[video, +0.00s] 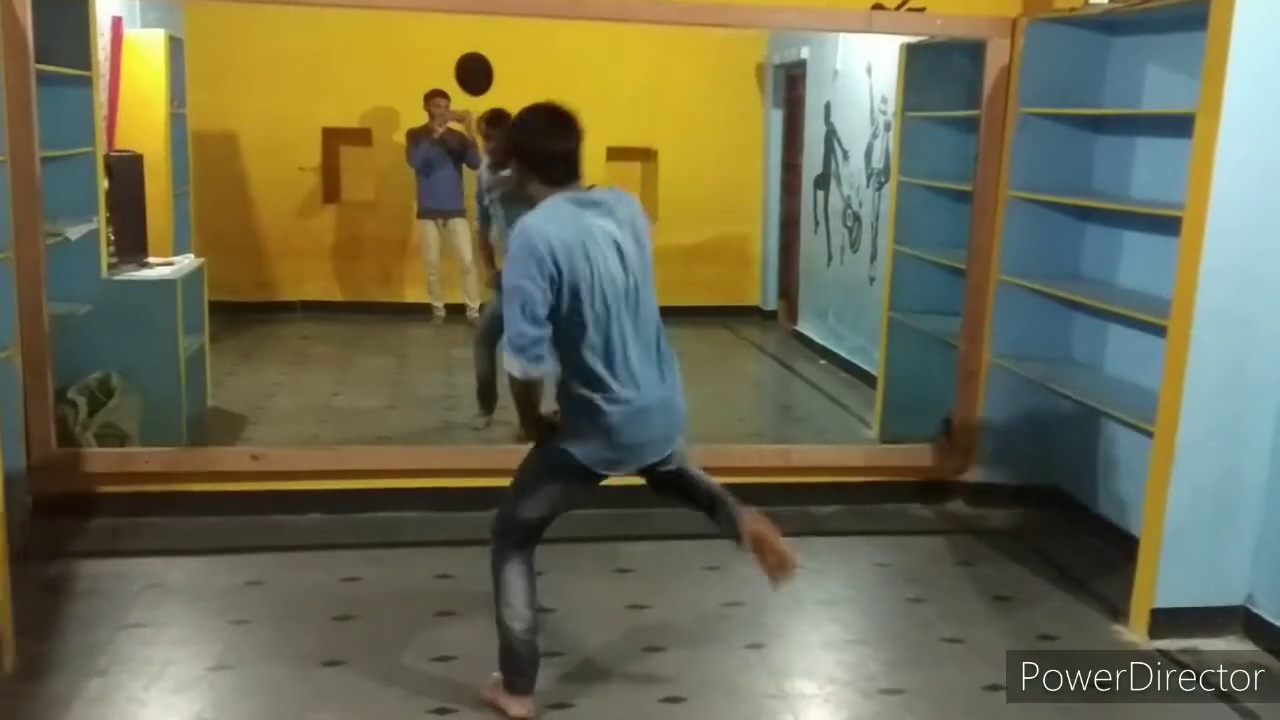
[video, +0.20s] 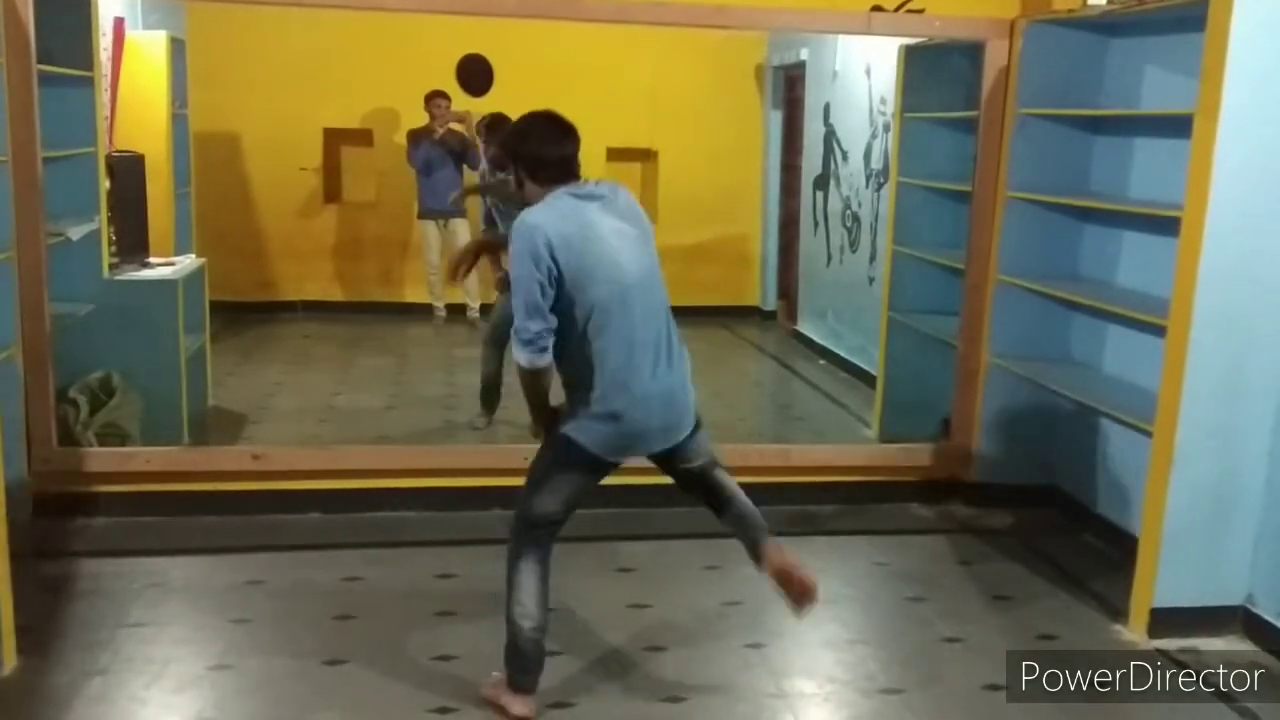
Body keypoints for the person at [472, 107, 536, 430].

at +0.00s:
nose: (489, 146)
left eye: (495, 138)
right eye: (485, 138)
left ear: (512, 140)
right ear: (481, 140)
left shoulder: (531, 177)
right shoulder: (485, 179)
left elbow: (551, 217)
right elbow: (483, 230)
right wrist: (491, 271)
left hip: (546, 276)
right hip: (511, 278)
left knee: (563, 340)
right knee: (485, 335)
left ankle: (568, 408)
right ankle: (486, 407)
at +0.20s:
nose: (487, 152)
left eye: (491, 145)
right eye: (484, 145)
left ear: (504, 145)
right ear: (484, 146)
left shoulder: (527, 182)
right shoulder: (491, 183)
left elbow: (530, 232)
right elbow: (492, 230)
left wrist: (482, 245)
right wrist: (499, 270)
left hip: (539, 278)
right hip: (516, 280)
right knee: (493, 338)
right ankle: (486, 411)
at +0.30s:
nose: (502, 137)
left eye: (509, 130)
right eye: (499, 130)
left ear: (525, 131)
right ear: (493, 132)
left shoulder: (541, 159)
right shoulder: (494, 165)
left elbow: (536, 202)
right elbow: (498, 215)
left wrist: (497, 217)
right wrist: (507, 263)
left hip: (559, 263)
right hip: (525, 266)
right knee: (503, 341)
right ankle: (487, 414)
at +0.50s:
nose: (538, 132)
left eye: (544, 126)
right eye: (531, 126)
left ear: (554, 128)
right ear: (520, 130)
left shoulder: (578, 165)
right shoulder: (512, 171)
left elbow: (597, 212)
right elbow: (513, 222)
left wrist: (595, 256)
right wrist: (522, 264)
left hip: (584, 266)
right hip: (543, 268)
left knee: (610, 336)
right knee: (515, 341)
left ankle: (611, 403)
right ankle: (489, 412)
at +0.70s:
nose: (559, 132)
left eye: (565, 126)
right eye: (552, 126)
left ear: (573, 129)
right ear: (538, 130)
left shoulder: (592, 173)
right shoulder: (525, 172)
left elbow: (610, 219)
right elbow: (514, 224)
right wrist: (504, 224)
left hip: (590, 270)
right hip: (547, 271)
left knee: (612, 342)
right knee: (515, 343)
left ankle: (624, 413)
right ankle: (489, 411)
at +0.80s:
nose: (565, 126)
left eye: (571, 120)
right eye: (558, 119)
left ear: (578, 124)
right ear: (544, 124)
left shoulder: (594, 167)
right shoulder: (529, 163)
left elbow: (609, 213)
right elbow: (502, 211)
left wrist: (611, 262)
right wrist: (507, 174)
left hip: (588, 270)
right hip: (545, 270)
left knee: (625, 337)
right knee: (514, 345)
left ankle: (640, 416)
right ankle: (489, 411)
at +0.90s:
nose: (571, 125)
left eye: (577, 119)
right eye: (564, 118)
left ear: (584, 123)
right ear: (550, 120)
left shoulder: (595, 166)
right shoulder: (530, 161)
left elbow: (612, 211)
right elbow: (488, 186)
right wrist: (514, 161)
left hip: (592, 277)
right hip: (545, 276)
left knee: (626, 343)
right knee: (512, 347)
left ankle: (641, 420)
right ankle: (488, 412)